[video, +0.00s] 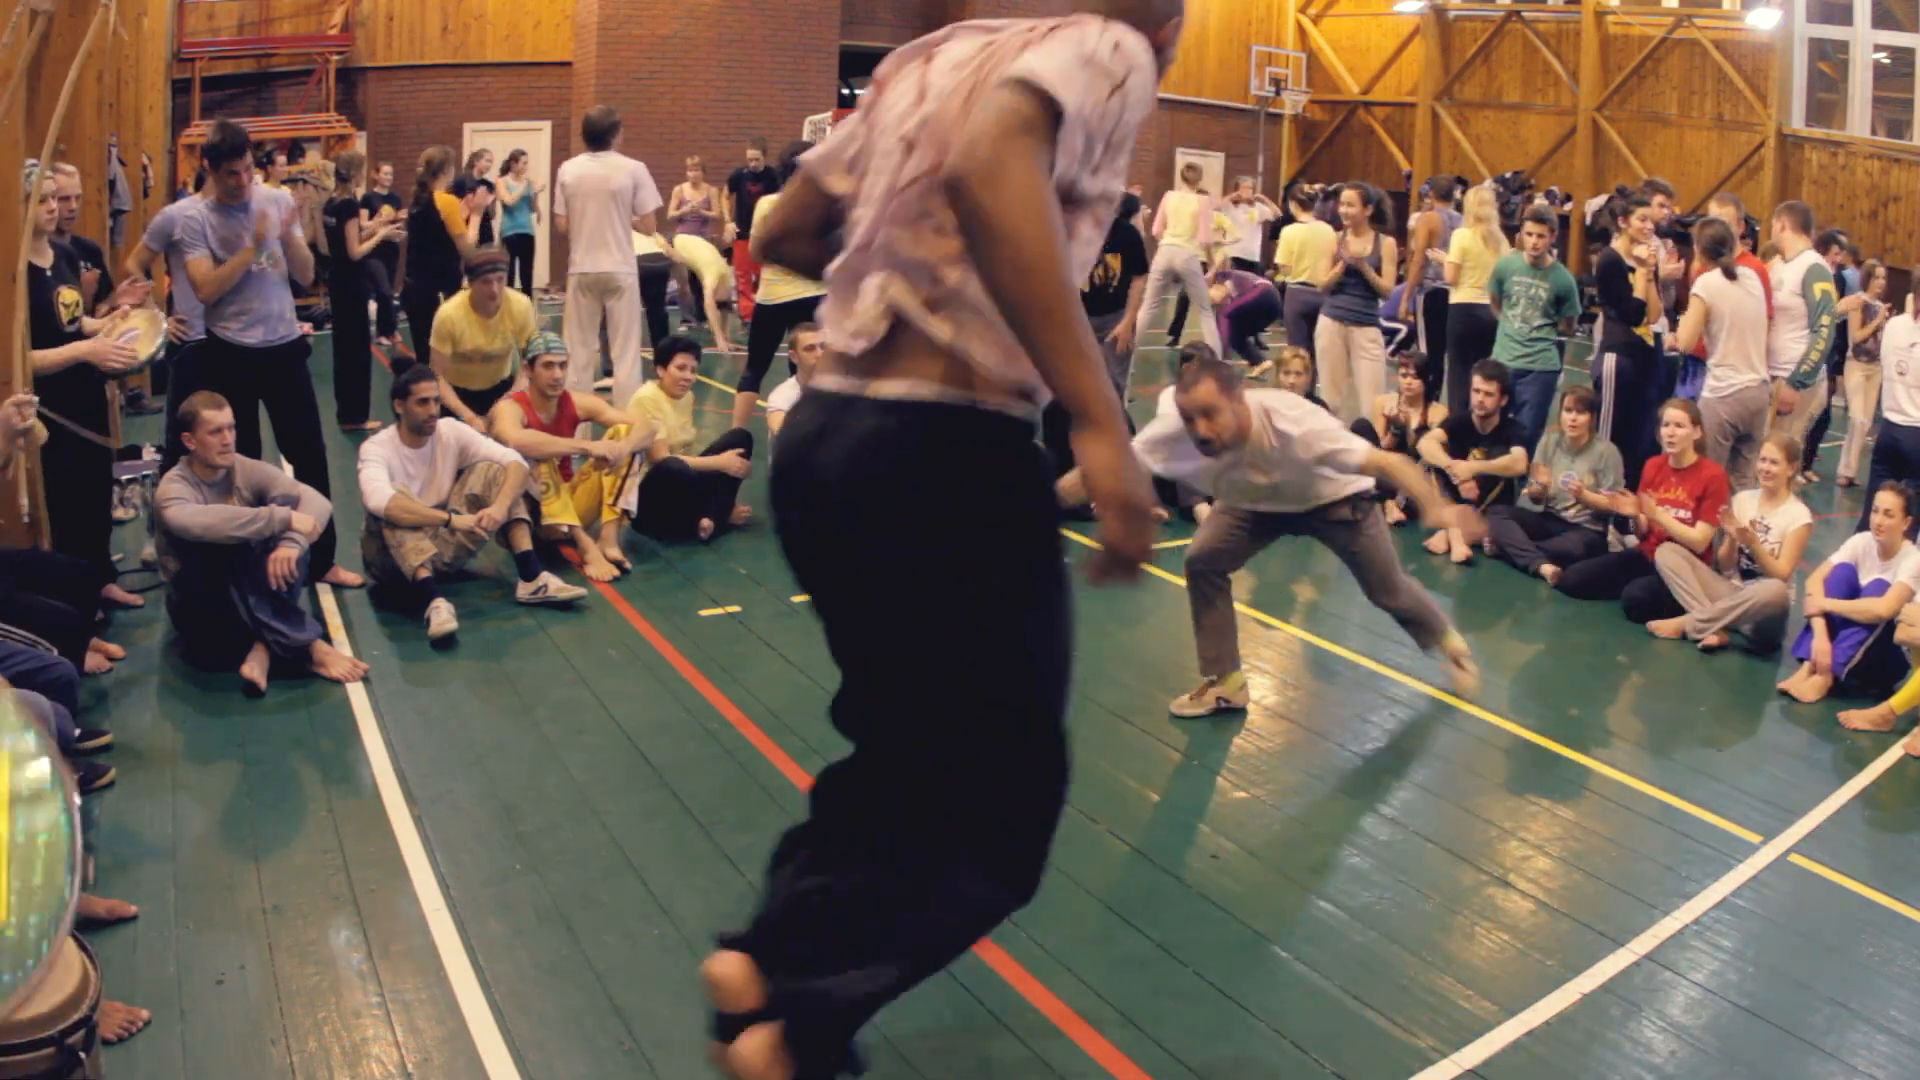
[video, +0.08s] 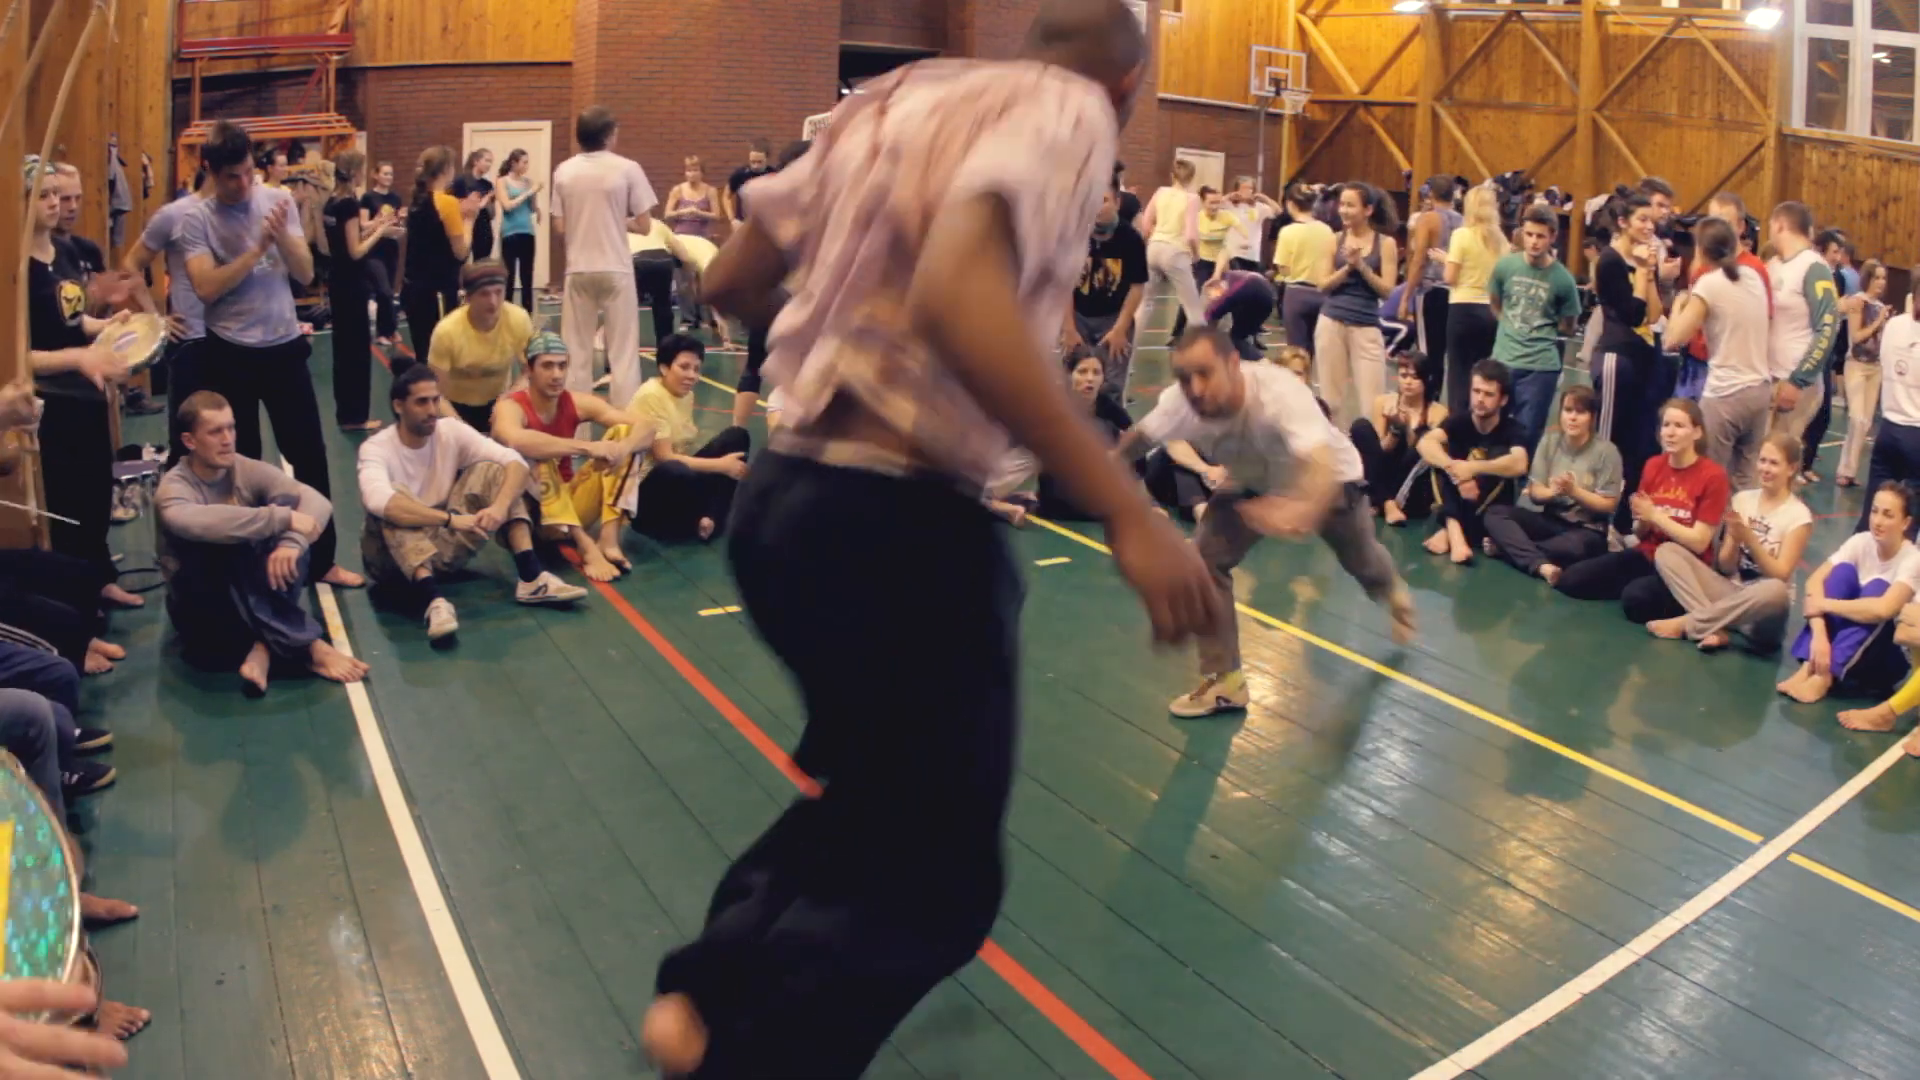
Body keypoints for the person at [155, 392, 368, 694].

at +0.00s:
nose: (228, 440)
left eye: (231, 429)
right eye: (215, 432)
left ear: (237, 429)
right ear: (189, 441)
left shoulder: (245, 469)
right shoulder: (174, 487)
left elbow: (316, 502)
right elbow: (190, 523)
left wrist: (292, 544)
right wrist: (283, 518)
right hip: (208, 612)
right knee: (214, 544)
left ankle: (264, 645)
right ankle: (310, 645)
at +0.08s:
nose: (228, 439)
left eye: (230, 429)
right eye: (215, 432)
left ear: (236, 429)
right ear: (189, 441)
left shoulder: (245, 469)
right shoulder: (174, 487)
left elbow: (317, 502)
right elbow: (191, 523)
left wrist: (292, 544)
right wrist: (283, 517)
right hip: (208, 610)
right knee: (213, 545)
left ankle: (264, 646)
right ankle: (309, 645)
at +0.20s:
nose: (228, 439)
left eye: (230, 429)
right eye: (215, 432)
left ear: (236, 429)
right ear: (189, 441)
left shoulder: (244, 469)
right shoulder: (174, 487)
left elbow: (317, 502)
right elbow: (191, 523)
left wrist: (292, 543)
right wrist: (283, 517)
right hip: (209, 612)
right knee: (213, 545)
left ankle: (264, 646)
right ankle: (310, 645)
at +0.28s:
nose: (228, 439)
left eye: (230, 429)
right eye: (215, 432)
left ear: (236, 429)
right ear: (189, 440)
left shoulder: (244, 469)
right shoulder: (174, 487)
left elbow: (316, 502)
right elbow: (191, 523)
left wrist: (292, 543)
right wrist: (283, 517)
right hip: (209, 612)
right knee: (213, 546)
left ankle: (264, 646)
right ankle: (310, 645)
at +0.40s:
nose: (228, 439)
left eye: (230, 429)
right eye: (215, 432)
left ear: (236, 429)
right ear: (189, 440)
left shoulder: (244, 469)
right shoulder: (174, 487)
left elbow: (317, 501)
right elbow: (192, 523)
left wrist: (292, 544)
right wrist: (283, 517)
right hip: (208, 612)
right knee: (213, 546)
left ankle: (264, 646)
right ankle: (310, 645)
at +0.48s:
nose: (228, 439)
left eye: (230, 429)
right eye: (215, 432)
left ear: (236, 429)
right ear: (189, 440)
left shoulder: (245, 469)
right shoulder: (174, 488)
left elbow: (317, 502)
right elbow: (191, 523)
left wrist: (292, 544)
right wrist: (283, 518)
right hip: (208, 611)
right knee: (213, 546)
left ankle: (264, 646)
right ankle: (310, 646)